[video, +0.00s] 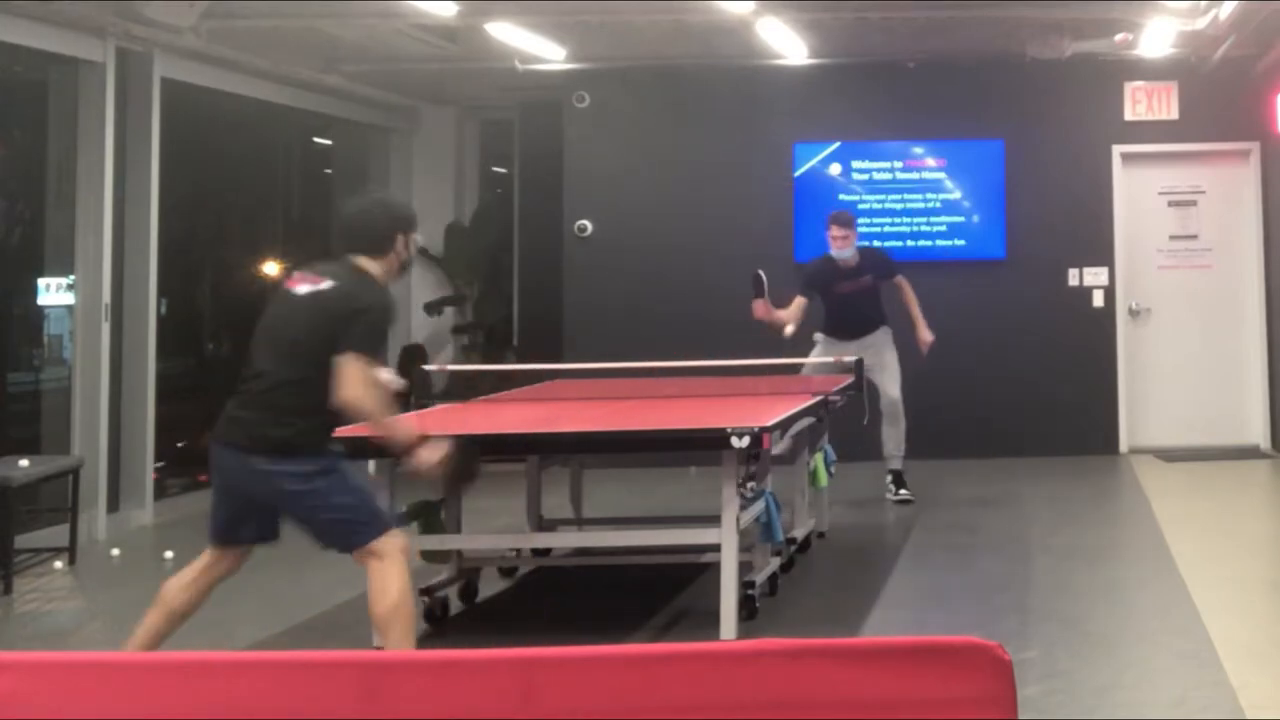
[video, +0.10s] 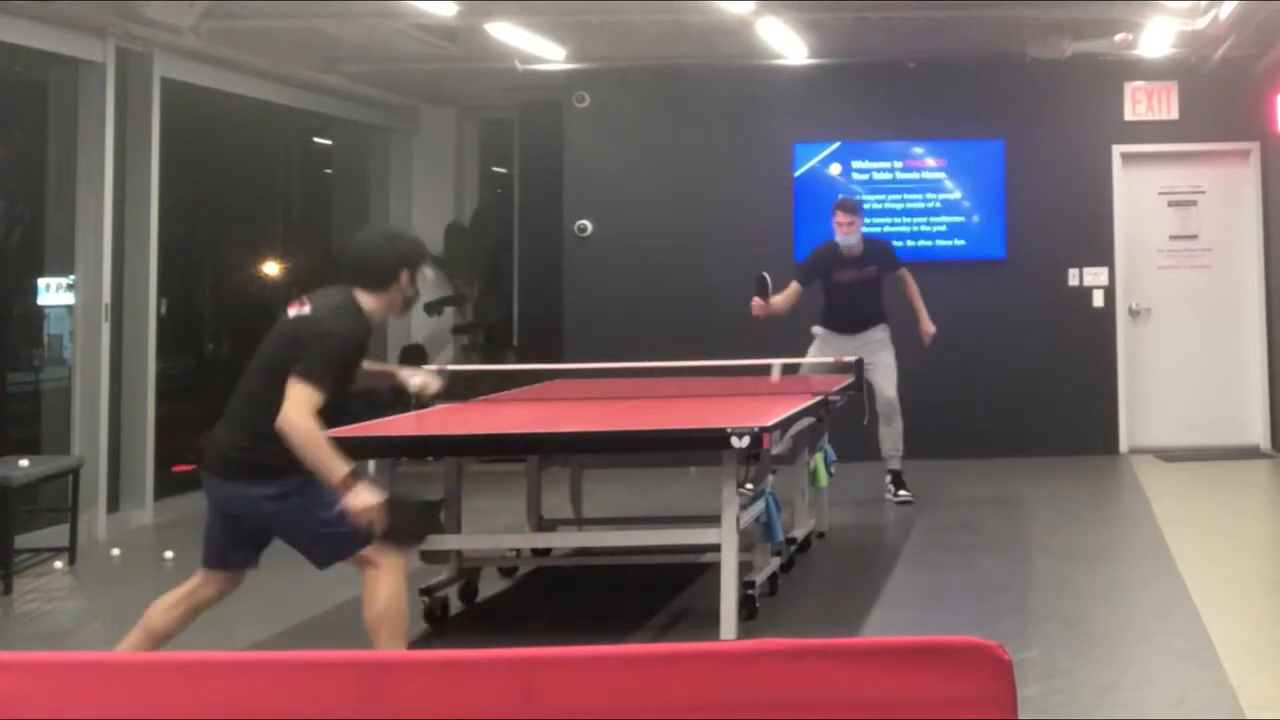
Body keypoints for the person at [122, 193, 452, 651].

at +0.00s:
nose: (412, 252)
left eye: (412, 240)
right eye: (410, 241)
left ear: (352, 238)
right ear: (395, 243)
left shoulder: (303, 278)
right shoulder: (368, 295)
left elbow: (295, 359)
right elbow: (351, 392)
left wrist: (365, 373)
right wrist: (408, 439)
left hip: (235, 450)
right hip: (295, 457)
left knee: (223, 555)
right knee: (387, 549)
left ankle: (127, 659)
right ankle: (404, 685)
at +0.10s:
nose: (414, 288)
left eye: (415, 277)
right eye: (414, 277)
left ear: (366, 269)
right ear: (401, 279)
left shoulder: (326, 305)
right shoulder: (341, 324)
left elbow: (335, 369)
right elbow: (295, 419)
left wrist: (397, 375)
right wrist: (350, 485)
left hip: (230, 471)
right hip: (271, 477)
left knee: (217, 578)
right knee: (385, 557)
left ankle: (112, 668)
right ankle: (395, 690)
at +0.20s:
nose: (438, 302)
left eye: (439, 292)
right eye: (436, 292)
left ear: (381, 287)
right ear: (416, 295)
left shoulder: (341, 314)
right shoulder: (357, 341)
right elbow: (335, 434)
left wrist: (418, 333)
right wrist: (377, 495)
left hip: (239, 483)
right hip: (277, 489)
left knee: (212, 587)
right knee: (394, 555)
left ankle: (117, 669)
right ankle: (378, 681)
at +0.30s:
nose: (495, 285)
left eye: (493, 275)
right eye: (489, 278)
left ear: (434, 275)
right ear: (464, 289)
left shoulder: (379, 293)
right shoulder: (423, 343)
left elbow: (324, 289)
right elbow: (473, 441)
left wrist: (365, 262)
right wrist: (533, 454)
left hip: (266, 460)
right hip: (310, 477)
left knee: (207, 561)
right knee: (416, 560)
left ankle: (117, 660)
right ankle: (372, 688)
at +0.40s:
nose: (525, 275)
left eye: (525, 264)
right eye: (522, 265)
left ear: (462, 251)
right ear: (498, 266)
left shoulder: (406, 278)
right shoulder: (485, 330)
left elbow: (339, 285)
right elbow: (576, 376)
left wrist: (355, 252)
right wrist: (662, 384)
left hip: (302, 445)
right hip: (356, 466)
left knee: (251, 526)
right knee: (440, 571)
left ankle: (175, 616)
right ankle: (376, 677)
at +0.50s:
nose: (553, 207)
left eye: (549, 197)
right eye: (550, 199)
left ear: (479, 198)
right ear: (536, 207)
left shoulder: (440, 243)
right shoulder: (542, 267)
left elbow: (387, 255)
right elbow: (626, 290)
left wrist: (430, 210)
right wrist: (690, 291)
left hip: (364, 417)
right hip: (424, 443)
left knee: (317, 485)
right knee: (443, 566)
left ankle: (267, 561)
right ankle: (377, 672)